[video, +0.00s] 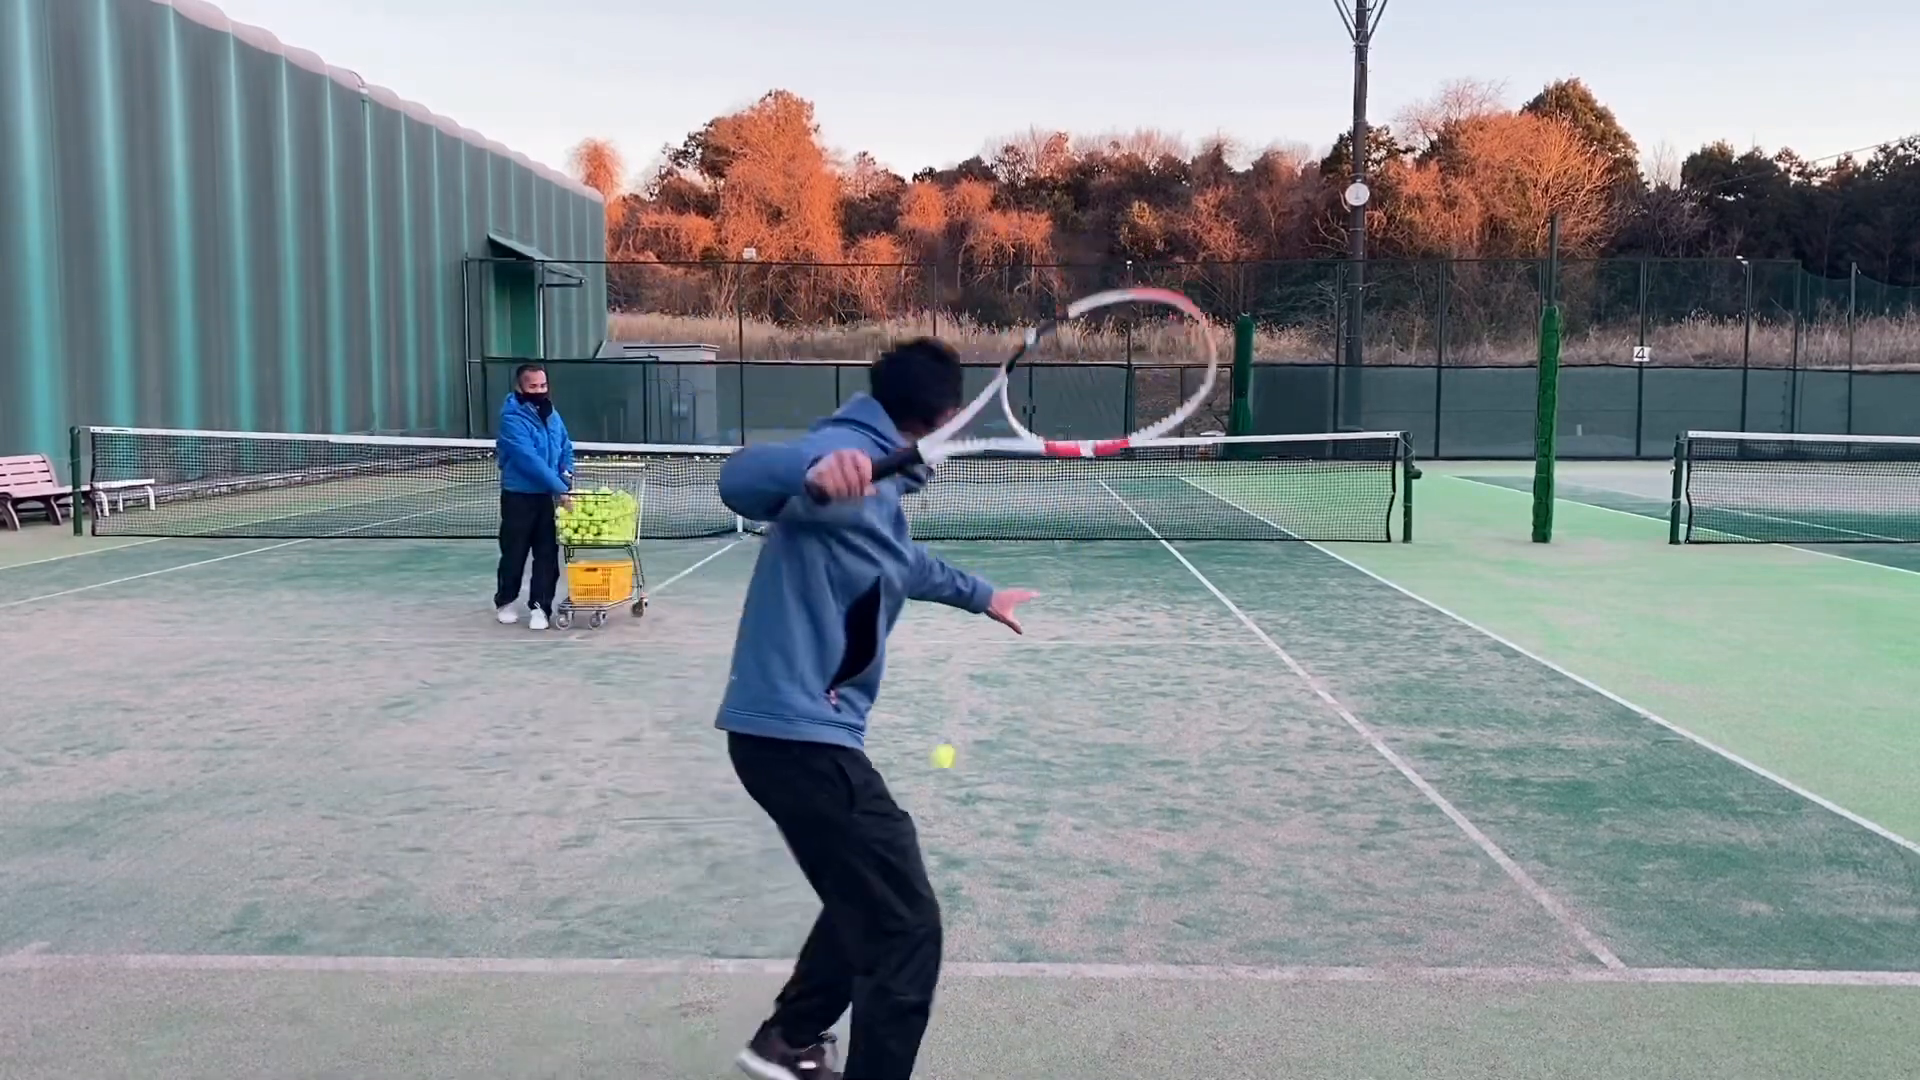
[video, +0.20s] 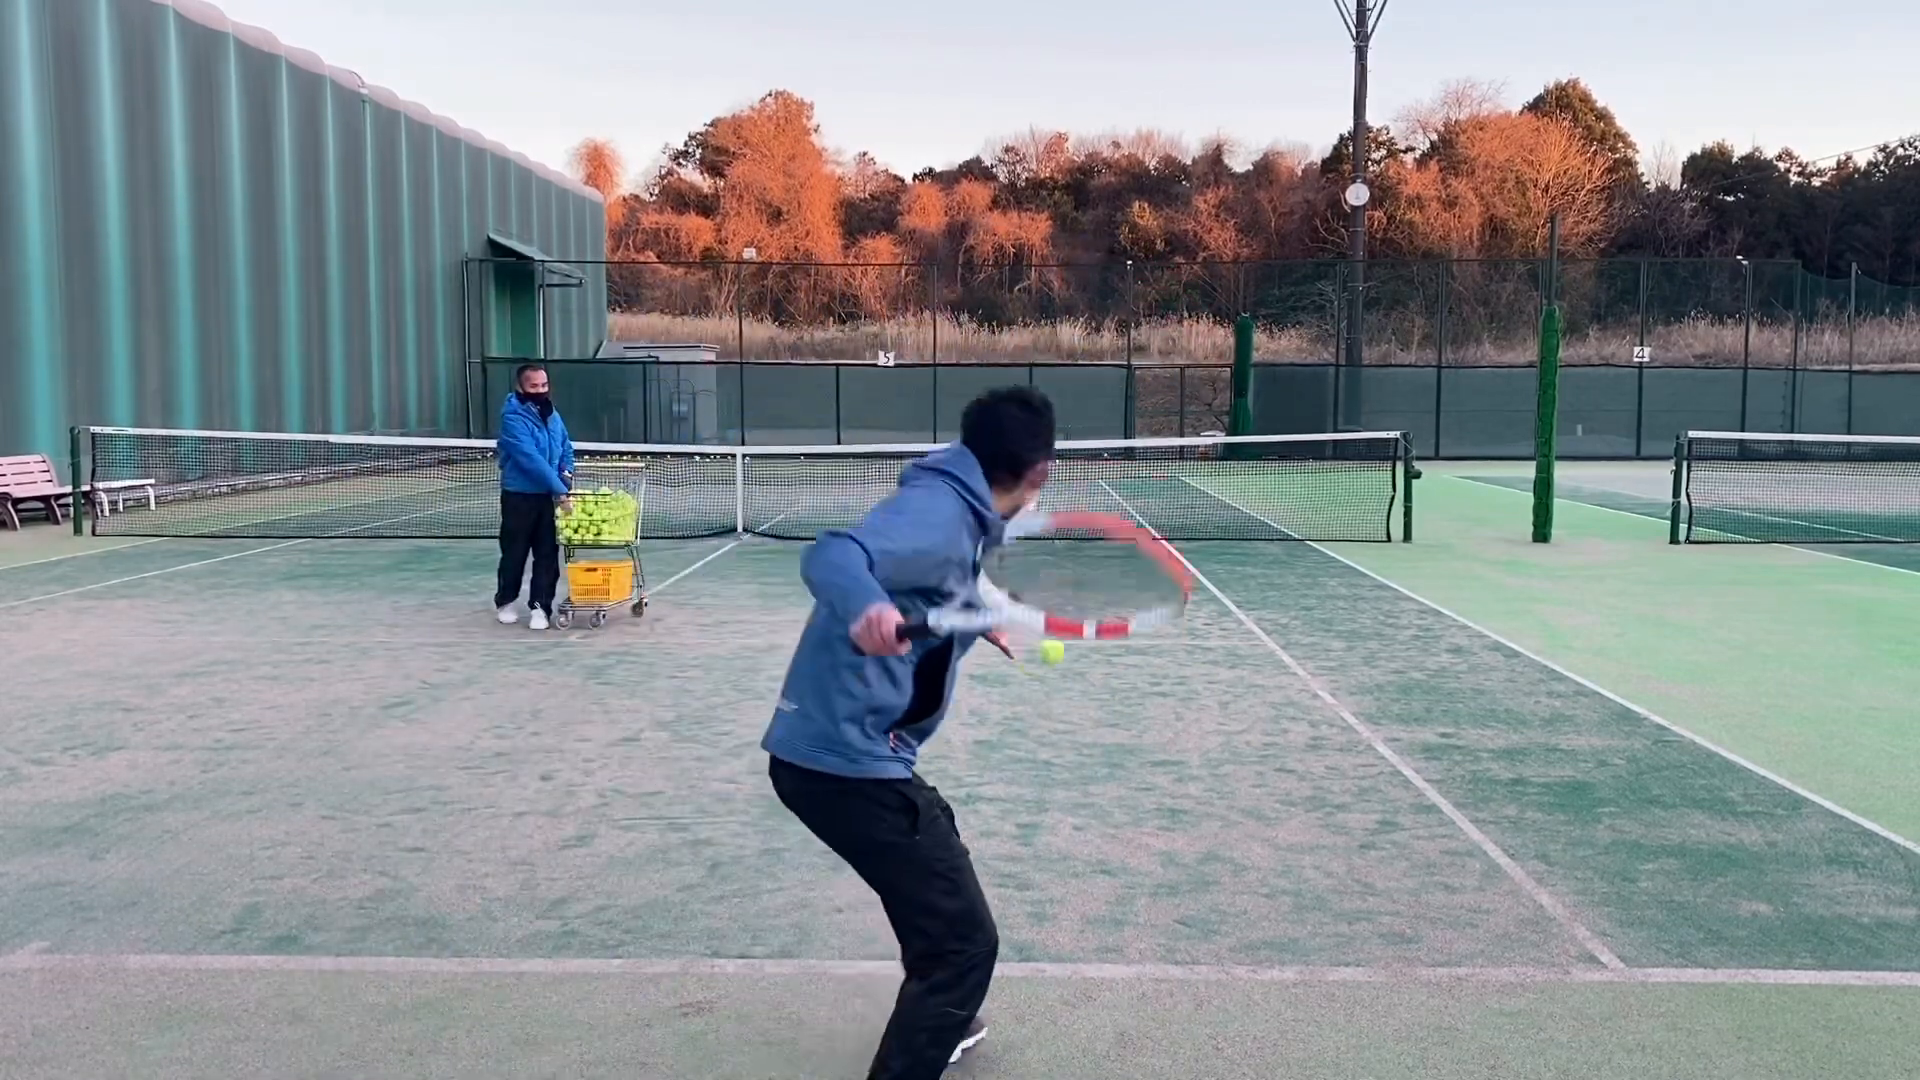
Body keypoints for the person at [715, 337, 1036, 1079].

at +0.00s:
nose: (946, 435)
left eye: (948, 422)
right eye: (945, 421)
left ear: (885, 396)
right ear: (926, 417)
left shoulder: (878, 484)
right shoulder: (847, 449)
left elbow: (904, 564)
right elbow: (736, 480)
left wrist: (979, 594)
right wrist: (809, 470)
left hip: (806, 728)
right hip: (794, 733)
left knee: (870, 893)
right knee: (907, 927)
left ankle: (788, 1038)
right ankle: (872, 1072)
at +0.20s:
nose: (1048, 473)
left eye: (1047, 461)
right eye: (1046, 463)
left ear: (979, 449)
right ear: (1031, 472)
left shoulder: (957, 509)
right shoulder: (936, 514)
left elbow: (946, 584)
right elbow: (831, 553)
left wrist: (994, 616)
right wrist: (867, 606)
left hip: (860, 747)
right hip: (835, 761)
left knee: (941, 854)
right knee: (962, 944)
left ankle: (935, 1020)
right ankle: (905, 1067)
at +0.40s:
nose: (1105, 494)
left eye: (1108, 479)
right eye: (1108, 479)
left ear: (1034, 457)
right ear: (1092, 482)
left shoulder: (953, 487)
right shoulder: (1015, 552)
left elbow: (837, 511)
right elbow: (973, 676)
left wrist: (859, 581)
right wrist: (1003, 784)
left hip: (840, 737)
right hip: (912, 762)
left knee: (954, 877)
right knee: (980, 944)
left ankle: (989, 1020)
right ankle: (898, 1072)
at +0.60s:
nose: (1086, 384)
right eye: (1086, 373)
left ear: (1002, 366)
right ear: (1079, 379)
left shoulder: (946, 434)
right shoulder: (1079, 483)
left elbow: (887, 532)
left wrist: (867, 490)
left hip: (898, 691)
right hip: (991, 701)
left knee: (934, 861)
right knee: (983, 870)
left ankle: (995, 1010)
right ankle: (934, 1039)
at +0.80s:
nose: (981, 319)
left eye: (985, 309)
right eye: (987, 308)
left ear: (992, 320)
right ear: (1064, 324)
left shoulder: (971, 401)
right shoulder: (1068, 391)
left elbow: (959, 525)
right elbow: (1001, 362)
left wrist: (897, 479)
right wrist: (931, 338)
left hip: (950, 665)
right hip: (1035, 662)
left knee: (965, 836)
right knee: (1046, 836)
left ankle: (1002, 1003)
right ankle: (1058, 1019)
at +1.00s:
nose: (952, 362)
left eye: (954, 352)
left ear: (962, 360)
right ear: (1041, 354)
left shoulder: (970, 445)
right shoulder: (1056, 433)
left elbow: (974, 569)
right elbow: (995, 475)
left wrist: (914, 520)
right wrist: (916, 472)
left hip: (985, 710)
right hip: (1064, 700)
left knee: (941, 836)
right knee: (1092, 854)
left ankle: (1018, 983)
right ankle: (1158, 1021)